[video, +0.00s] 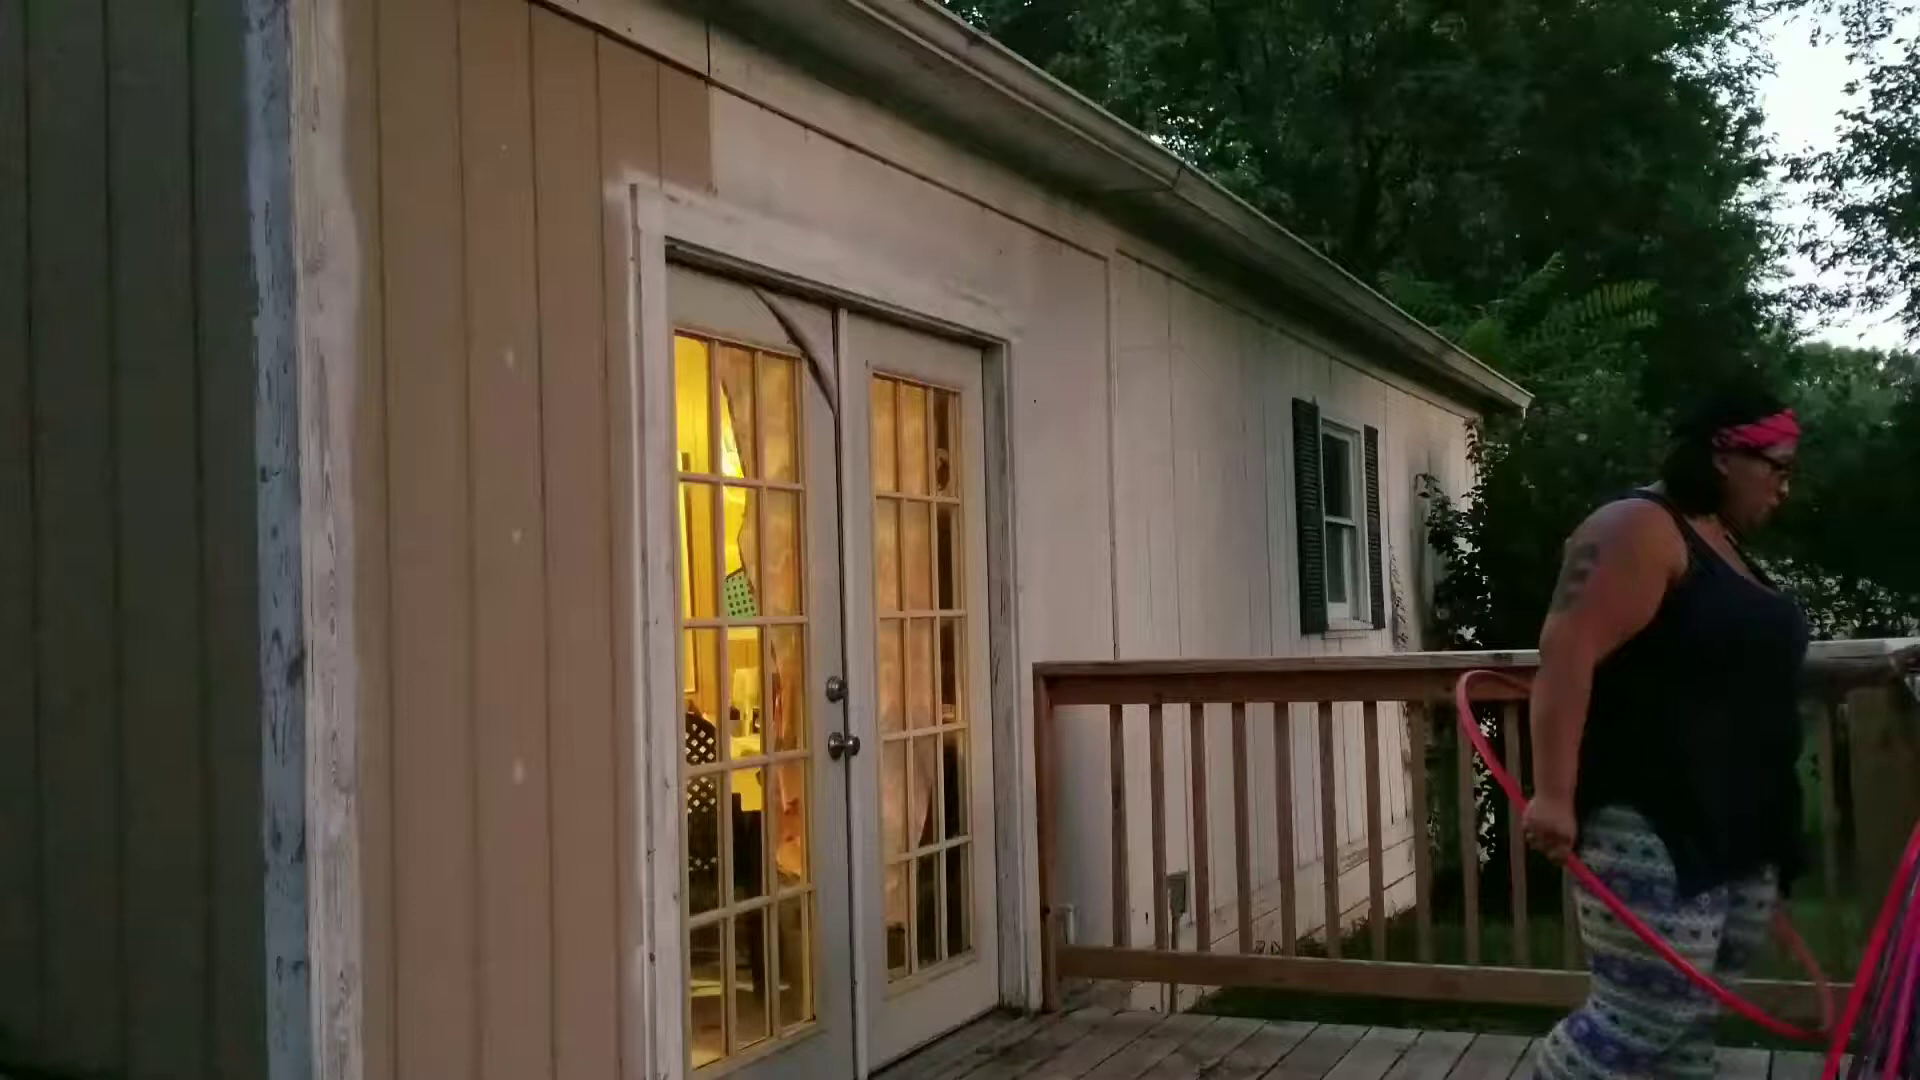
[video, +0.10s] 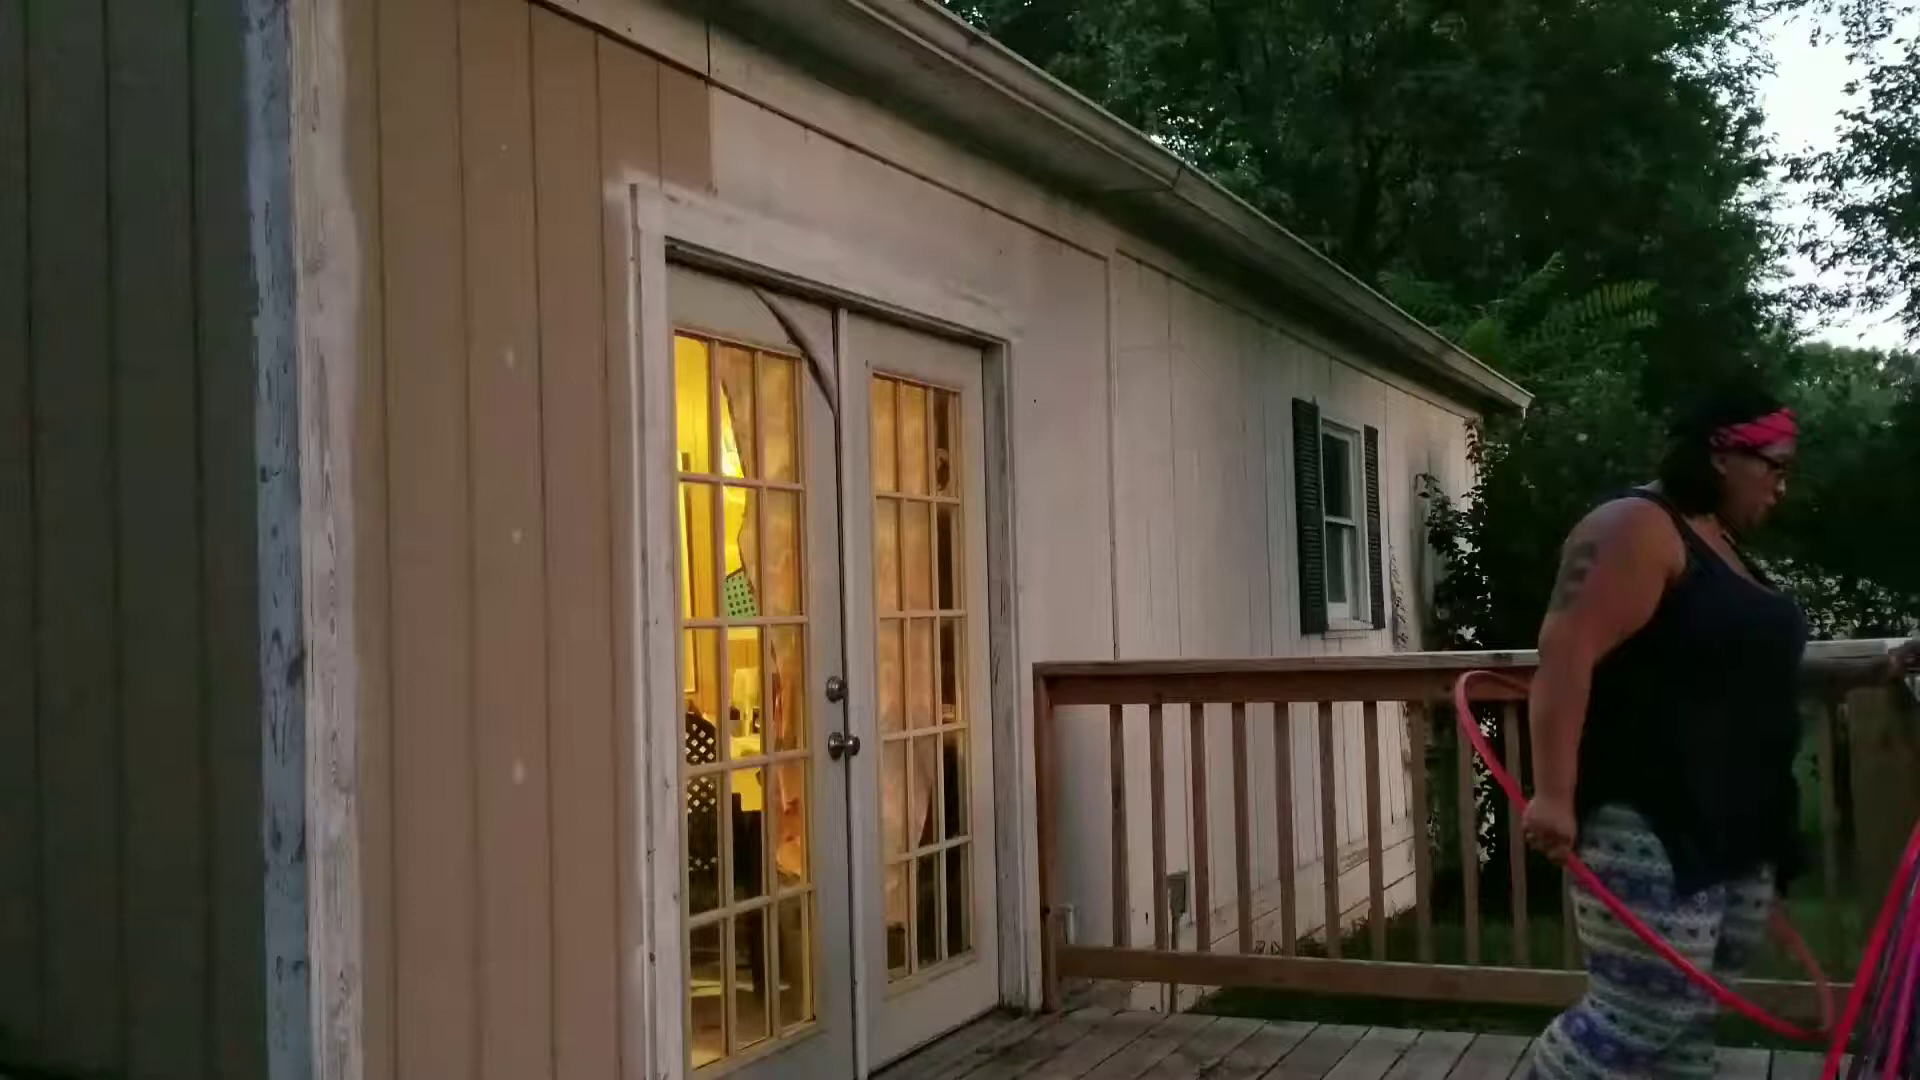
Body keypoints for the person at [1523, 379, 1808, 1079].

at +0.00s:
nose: (1783, 486)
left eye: (1787, 471)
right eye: (1773, 466)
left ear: (1734, 466)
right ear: (1719, 457)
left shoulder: (1725, 550)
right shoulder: (1635, 528)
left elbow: (1726, 703)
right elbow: (1564, 651)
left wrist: (1758, 828)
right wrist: (1552, 792)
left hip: (1731, 822)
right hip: (1639, 823)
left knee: (1694, 1030)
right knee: (1640, 1024)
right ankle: (1551, 1072)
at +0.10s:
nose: (1780, 486)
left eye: (1784, 471)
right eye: (1770, 466)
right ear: (1717, 456)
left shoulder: (1724, 552)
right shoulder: (1633, 528)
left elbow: (1731, 700)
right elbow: (1563, 651)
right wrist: (1552, 792)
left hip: (1728, 821)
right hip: (1636, 821)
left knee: (1692, 1027)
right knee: (1640, 1020)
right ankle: (1544, 1071)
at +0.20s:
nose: (1773, 483)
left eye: (1776, 469)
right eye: (1763, 464)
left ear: (1719, 463)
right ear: (1710, 455)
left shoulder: (1715, 548)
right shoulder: (1626, 527)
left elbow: (1742, 679)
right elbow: (1558, 650)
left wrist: (1858, 672)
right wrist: (1551, 791)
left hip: (1724, 820)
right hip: (1633, 824)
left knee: (1688, 1027)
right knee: (1634, 1021)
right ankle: (1541, 1071)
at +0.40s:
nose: (1739, 486)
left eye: (1743, 470)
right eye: (1730, 466)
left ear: (1685, 461)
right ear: (1679, 455)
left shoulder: (1679, 548)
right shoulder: (1594, 531)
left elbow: (1682, 705)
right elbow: (1532, 663)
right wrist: (1532, 799)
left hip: (1699, 826)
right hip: (1609, 828)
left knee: (1670, 1038)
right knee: (1609, 1026)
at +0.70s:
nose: (1643, 501)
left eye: (1647, 485)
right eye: (1637, 481)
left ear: (1592, 473)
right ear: (1589, 468)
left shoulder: (1577, 555)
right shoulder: (1517, 540)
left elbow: (1577, 705)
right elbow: (1472, 674)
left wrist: (1627, 825)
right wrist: (1484, 818)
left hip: (1616, 839)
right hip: (1535, 840)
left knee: (1633, 1048)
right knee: (1509, 1040)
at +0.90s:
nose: (1578, 505)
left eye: (1583, 490)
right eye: (1571, 485)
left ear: (1521, 475)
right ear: (1523, 471)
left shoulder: (1515, 554)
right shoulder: (1460, 544)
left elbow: (1510, 701)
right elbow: (1433, 686)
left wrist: (1545, 818)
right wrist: (1461, 827)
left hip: (1536, 833)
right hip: (1446, 839)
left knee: (1553, 1040)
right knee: (1425, 1043)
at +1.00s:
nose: (1550, 505)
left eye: (1555, 491)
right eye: (1543, 485)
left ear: (1491, 475)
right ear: (1493, 471)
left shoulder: (1474, 546)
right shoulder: (1432, 538)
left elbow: (1469, 686)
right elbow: (1395, 662)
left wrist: (1519, 796)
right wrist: (1454, 795)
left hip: (1489, 811)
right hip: (1417, 815)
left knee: (1498, 988)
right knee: (1422, 1019)